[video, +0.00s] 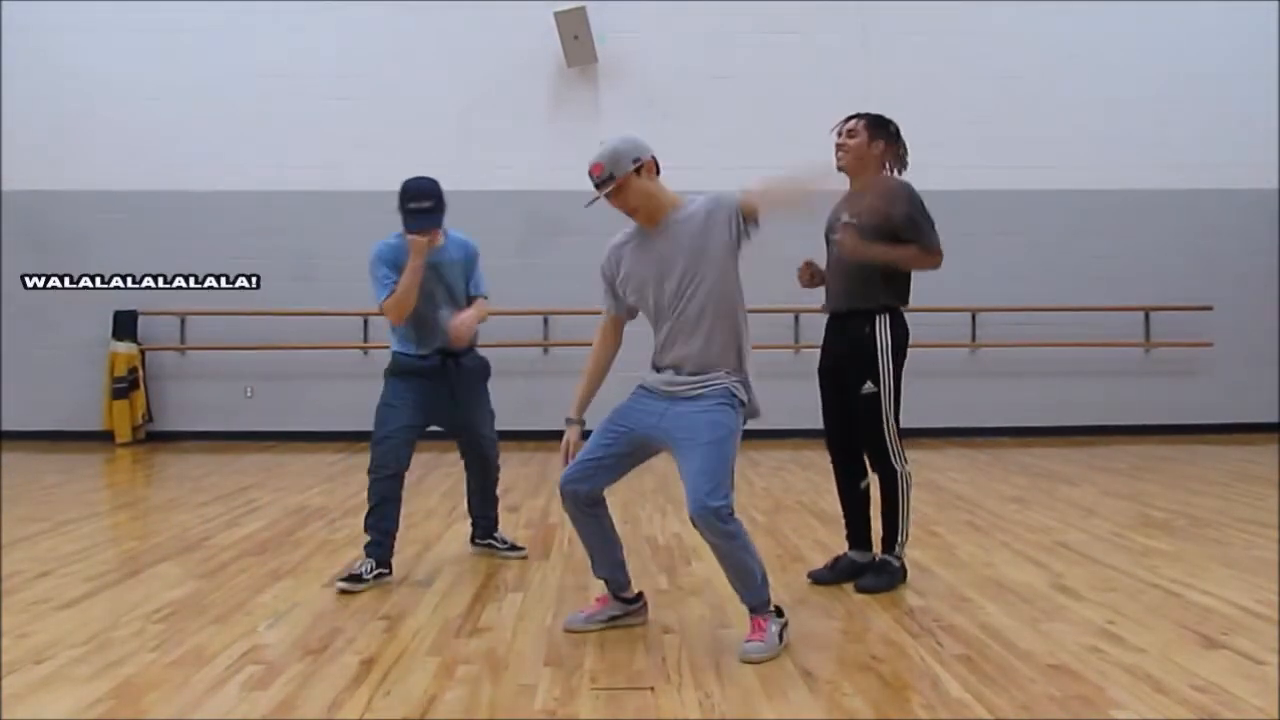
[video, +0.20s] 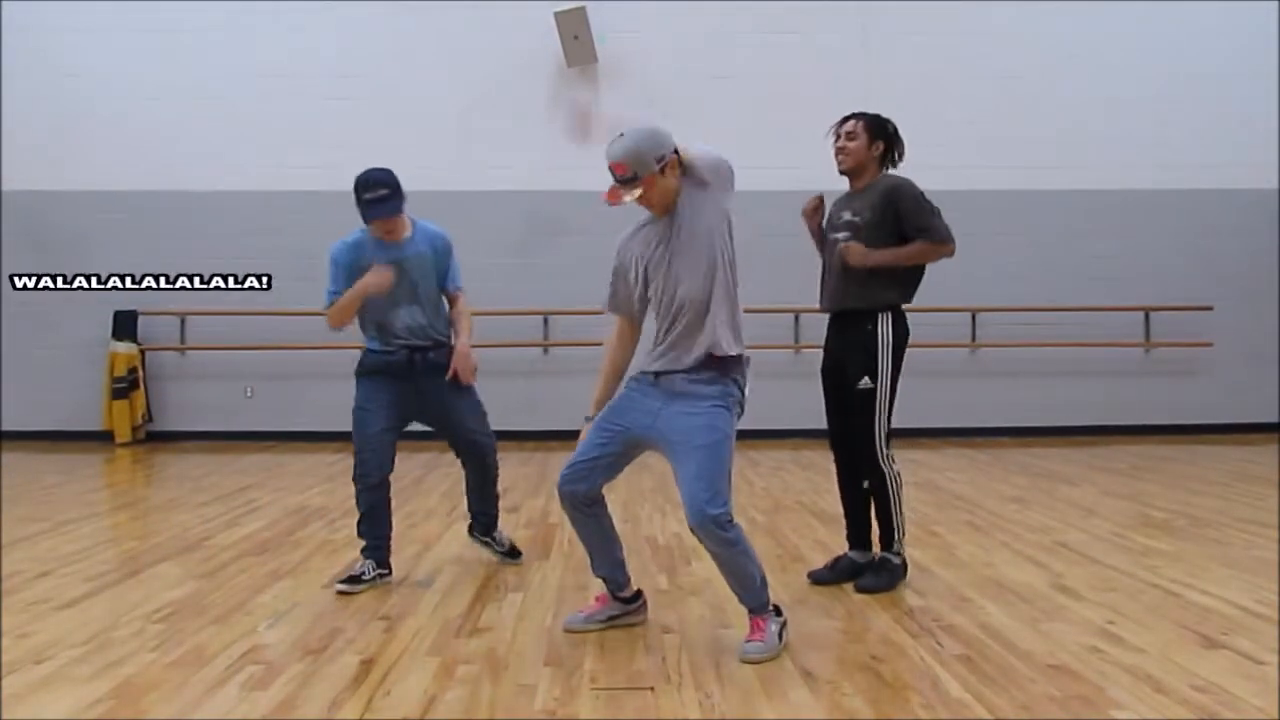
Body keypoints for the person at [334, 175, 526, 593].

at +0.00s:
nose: (427, 234)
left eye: (432, 225)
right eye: (417, 227)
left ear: (443, 217)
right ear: (403, 221)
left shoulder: (463, 250)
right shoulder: (387, 254)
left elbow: (481, 302)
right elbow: (395, 314)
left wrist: (471, 316)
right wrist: (417, 258)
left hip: (461, 372)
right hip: (409, 373)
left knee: (484, 452)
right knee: (387, 458)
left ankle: (485, 532)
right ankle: (377, 558)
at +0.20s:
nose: (387, 225)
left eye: (392, 215)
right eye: (377, 219)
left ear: (403, 204)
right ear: (362, 215)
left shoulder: (435, 242)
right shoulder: (347, 253)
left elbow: (457, 298)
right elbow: (335, 319)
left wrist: (464, 343)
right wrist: (363, 287)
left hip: (438, 365)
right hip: (382, 369)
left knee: (480, 447)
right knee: (370, 464)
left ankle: (484, 527)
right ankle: (375, 559)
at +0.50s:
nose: (356, 211)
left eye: (362, 200)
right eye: (346, 205)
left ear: (378, 189)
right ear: (333, 203)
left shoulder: (414, 233)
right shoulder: (326, 249)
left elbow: (452, 284)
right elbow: (320, 305)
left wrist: (435, 328)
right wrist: (324, 344)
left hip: (413, 363)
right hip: (358, 368)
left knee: (431, 466)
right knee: (361, 470)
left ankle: (446, 569)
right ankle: (375, 559)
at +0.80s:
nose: (358, 211)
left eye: (365, 200)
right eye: (348, 204)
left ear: (385, 189)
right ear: (337, 203)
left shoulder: (416, 237)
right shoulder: (344, 243)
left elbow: (460, 294)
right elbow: (351, 302)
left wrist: (409, 320)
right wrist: (333, 322)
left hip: (398, 369)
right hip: (351, 367)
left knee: (401, 477)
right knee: (356, 469)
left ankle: (416, 592)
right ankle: (377, 559)